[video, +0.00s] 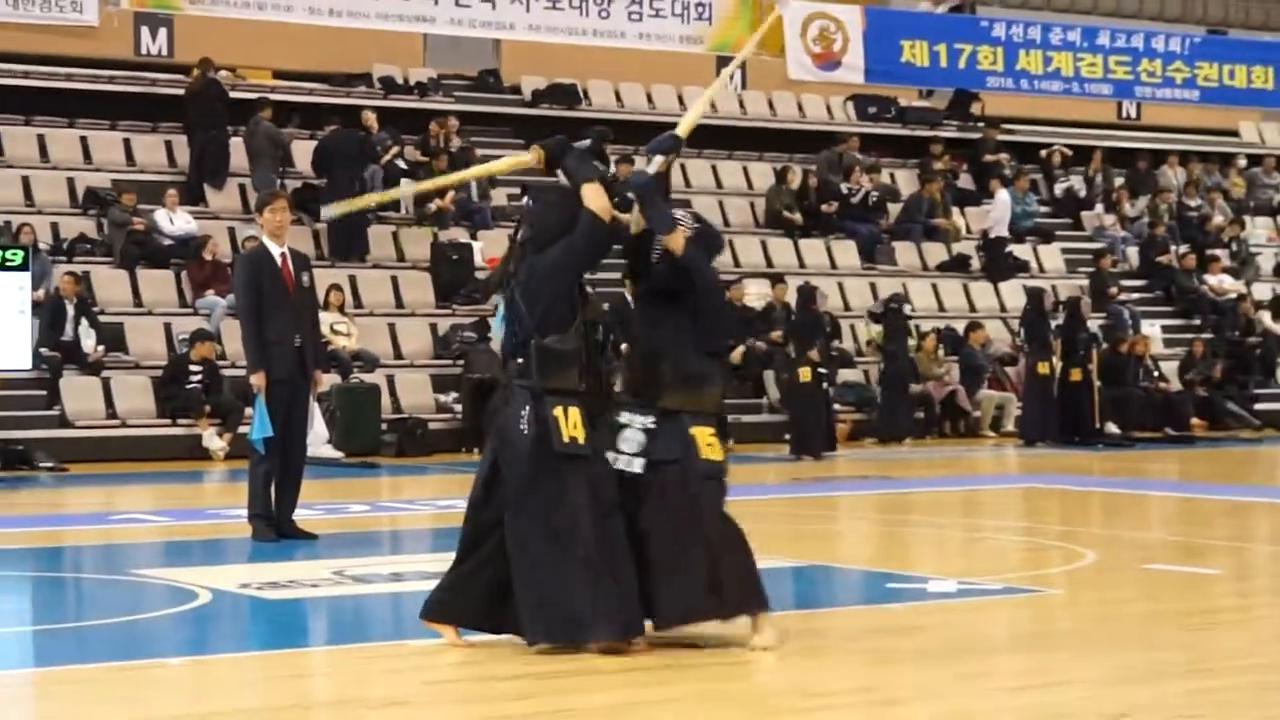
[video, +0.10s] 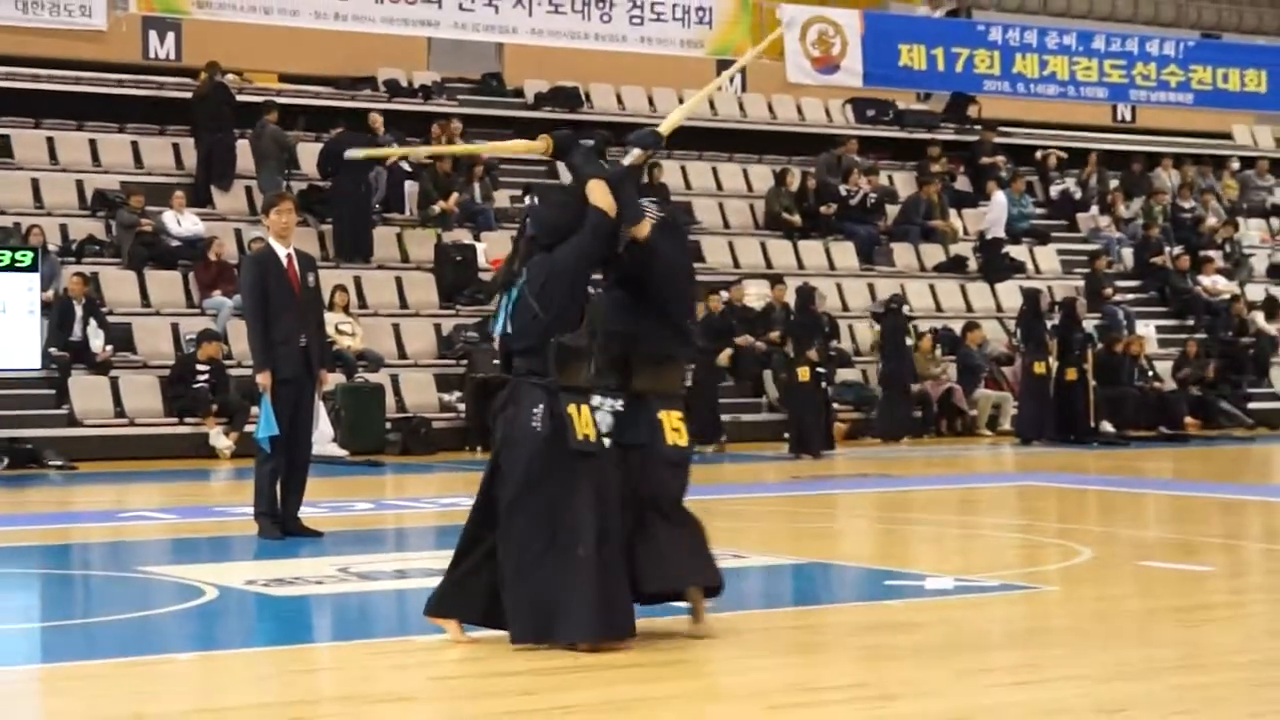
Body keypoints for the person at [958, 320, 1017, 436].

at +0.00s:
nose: (985, 335)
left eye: (984, 331)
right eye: (981, 331)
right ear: (971, 334)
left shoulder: (980, 351)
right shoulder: (967, 352)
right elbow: (982, 367)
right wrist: (990, 366)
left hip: (984, 389)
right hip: (971, 391)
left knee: (1010, 398)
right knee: (991, 397)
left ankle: (1007, 426)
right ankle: (984, 428)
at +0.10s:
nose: (982, 335)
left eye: (981, 331)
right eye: (978, 331)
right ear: (968, 334)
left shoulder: (977, 351)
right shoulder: (965, 352)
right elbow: (979, 367)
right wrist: (987, 366)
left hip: (981, 388)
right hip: (969, 390)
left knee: (1007, 397)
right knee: (987, 396)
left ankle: (1004, 425)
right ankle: (981, 427)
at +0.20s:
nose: (973, 335)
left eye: (972, 332)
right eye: (970, 332)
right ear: (960, 334)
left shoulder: (969, 350)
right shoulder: (955, 350)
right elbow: (968, 364)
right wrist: (977, 365)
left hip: (973, 387)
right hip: (959, 388)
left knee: (998, 396)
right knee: (978, 394)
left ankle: (994, 423)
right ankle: (972, 425)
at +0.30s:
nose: (962, 336)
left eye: (962, 333)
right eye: (959, 333)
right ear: (949, 335)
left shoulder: (958, 351)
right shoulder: (946, 351)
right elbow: (958, 365)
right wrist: (966, 367)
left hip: (963, 386)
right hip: (950, 388)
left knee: (986, 395)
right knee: (968, 393)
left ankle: (983, 422)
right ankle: (961, 423)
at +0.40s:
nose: (955, 337)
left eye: (954, 334)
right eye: (952, 334)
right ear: (943, 336)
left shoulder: (951, 351)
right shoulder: (938, 352)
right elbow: (951, 366)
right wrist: (958, 367)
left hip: (955, 386)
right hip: (943, 387)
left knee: (978, 395)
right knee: (961, 393)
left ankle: (976, 421)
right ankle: (954, 422)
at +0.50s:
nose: (952, 338)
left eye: (952, 335)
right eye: (949, 335)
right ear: (940, 337)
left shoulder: (948, 352)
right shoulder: (937, 353)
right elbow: (949, 368)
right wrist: (956, 368)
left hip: (952, 386)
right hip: (941, 388)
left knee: (976, 395)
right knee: (958, 394)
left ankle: (973, 420)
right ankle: (952, 422)